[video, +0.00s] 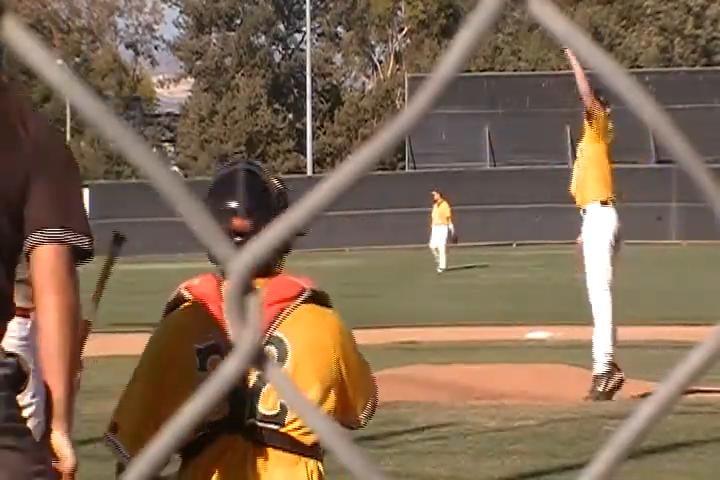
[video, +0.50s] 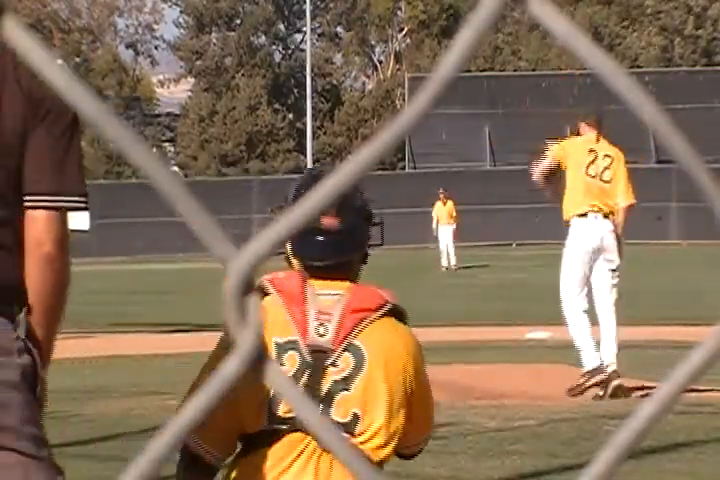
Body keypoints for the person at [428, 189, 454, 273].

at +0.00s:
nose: (434, 197)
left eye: (435, 194)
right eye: (433, 195)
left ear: (439, 195)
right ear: (434, 196)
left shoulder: (445, 205)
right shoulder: (435, 205)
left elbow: (448, 217)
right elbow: (434, 216)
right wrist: (432, 225)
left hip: (443, 226)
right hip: (435, 226)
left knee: (442, 246)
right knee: (432, 245)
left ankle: (442, 265)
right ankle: (439, 261)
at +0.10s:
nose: (436, 198)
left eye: (437, 196)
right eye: (435, 197)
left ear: (441, 196)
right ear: (435, 198)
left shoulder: (446, 205)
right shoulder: (435, 206)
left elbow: (451, 217)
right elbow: (432, 218)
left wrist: (454, 227)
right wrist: (431, 229)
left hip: (444, 227)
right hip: (436, 227)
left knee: (443, 247)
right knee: (436, 248)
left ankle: (442, 266)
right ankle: (440, 261)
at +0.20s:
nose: (436, 198)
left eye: (437, 195)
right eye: (435, 196)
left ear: (442, 196)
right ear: (436, 198)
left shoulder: (447, 205)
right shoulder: (436, 206)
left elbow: (452, 217)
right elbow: (433, 219)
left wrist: (456, 228)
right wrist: (430, 229)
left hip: (445, 227)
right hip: (438, 227)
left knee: (444, 246)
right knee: (439, 246)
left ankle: (443, 264)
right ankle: (442, 262)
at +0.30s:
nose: (437, 198)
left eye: (439, 195)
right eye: (436, 196)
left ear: (443, 196)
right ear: (436, 197)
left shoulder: (448, 205)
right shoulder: (436, 206)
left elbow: (453, 216)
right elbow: (433, 218)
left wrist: (456, 226)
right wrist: (430, 229)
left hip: (447, 226)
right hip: (439, 226)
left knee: (446, 244)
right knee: (440, 245)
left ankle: (445, 262)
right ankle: (443, 259)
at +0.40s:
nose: (439, 197)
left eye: (440, 194)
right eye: (438, 195)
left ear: (443, 195)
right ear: (437, 196)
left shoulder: (449, 204)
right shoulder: (437, 205)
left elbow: (453, 216)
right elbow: (434, 217)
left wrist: (455, 227)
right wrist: (431, 228)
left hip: (448, 225)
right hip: (440, 225)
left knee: (447, 244)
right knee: (440, 245)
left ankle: (447, 263)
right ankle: (443, 262)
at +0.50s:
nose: (441, 196)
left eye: (442, 194)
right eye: (440, 194)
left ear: (445, 194)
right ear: (438, 195)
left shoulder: (450, 203)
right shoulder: (437, 204)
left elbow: (454, 214)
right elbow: (435, 216)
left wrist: (454, 223)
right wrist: (434, 227)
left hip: (450, 225)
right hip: (441, 225)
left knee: (450, 244)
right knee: (442, 245)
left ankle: (453, 263)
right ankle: (444, 263)